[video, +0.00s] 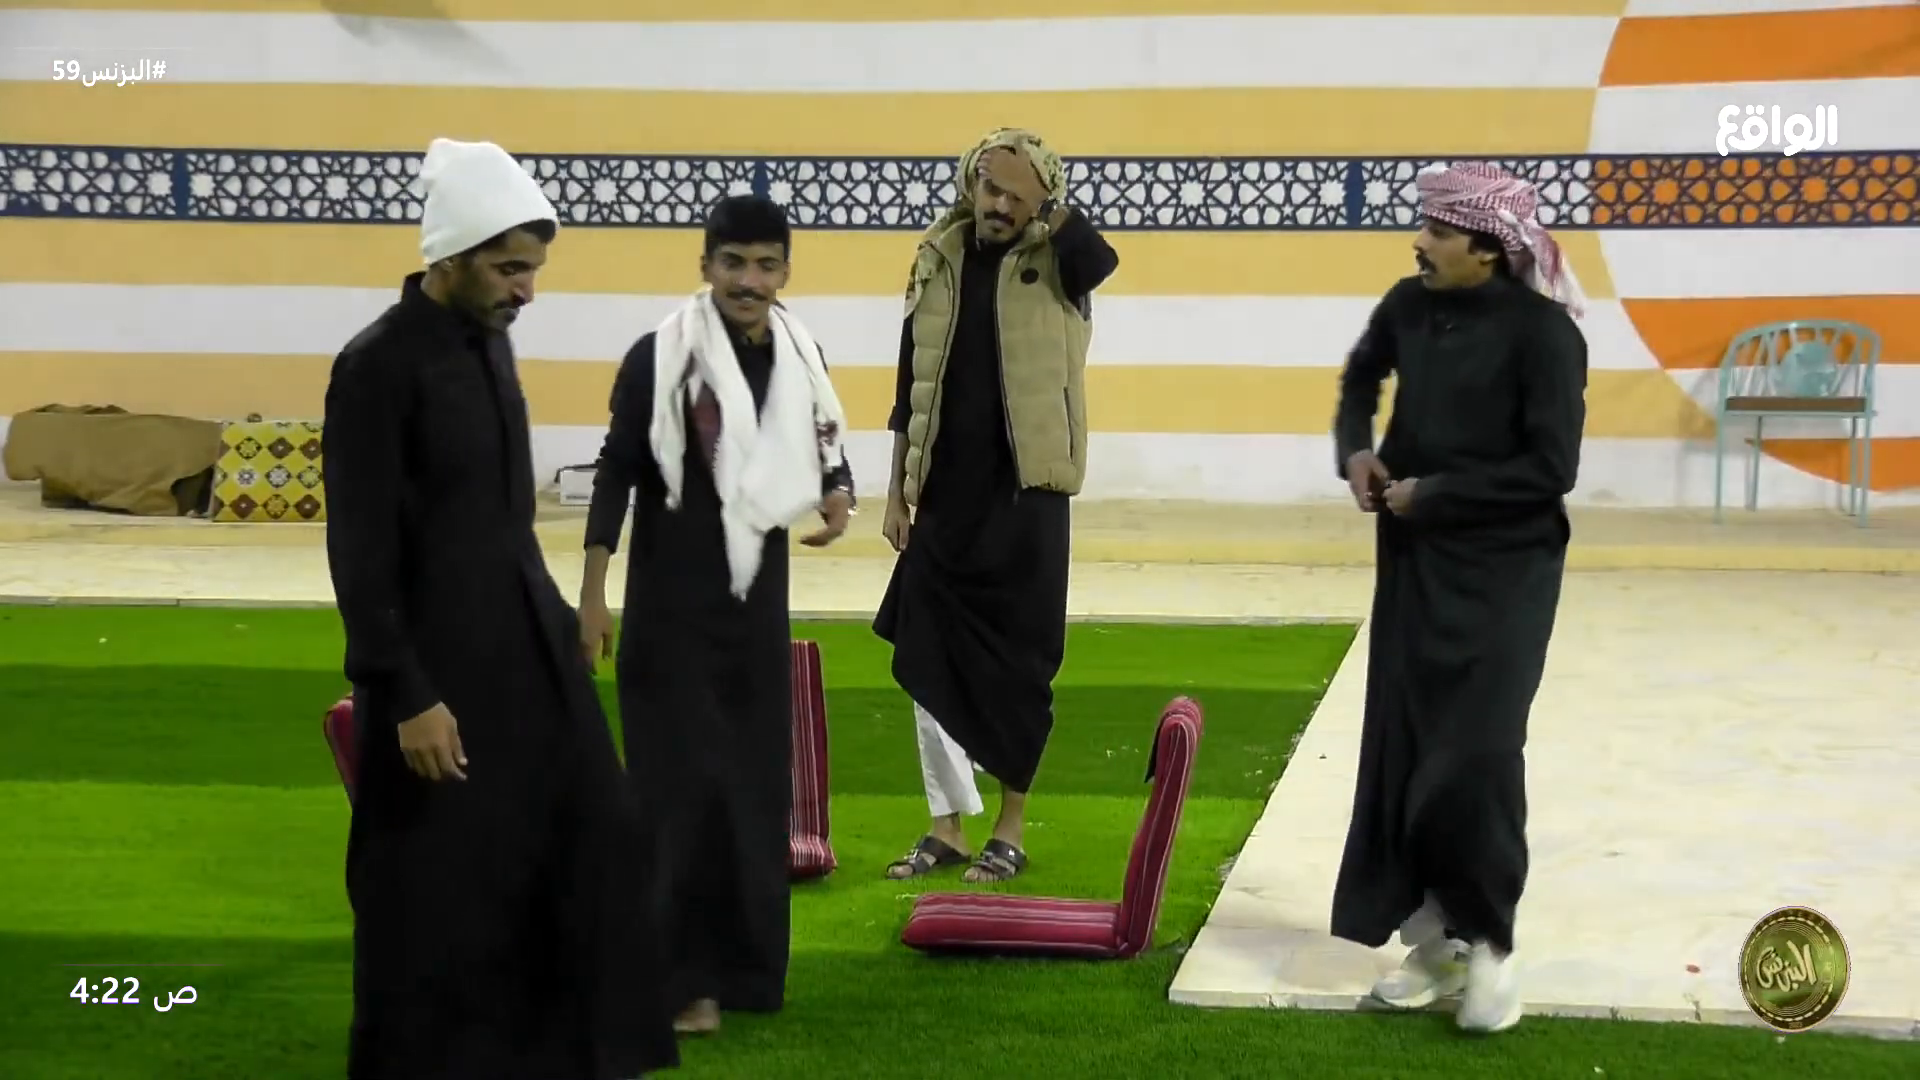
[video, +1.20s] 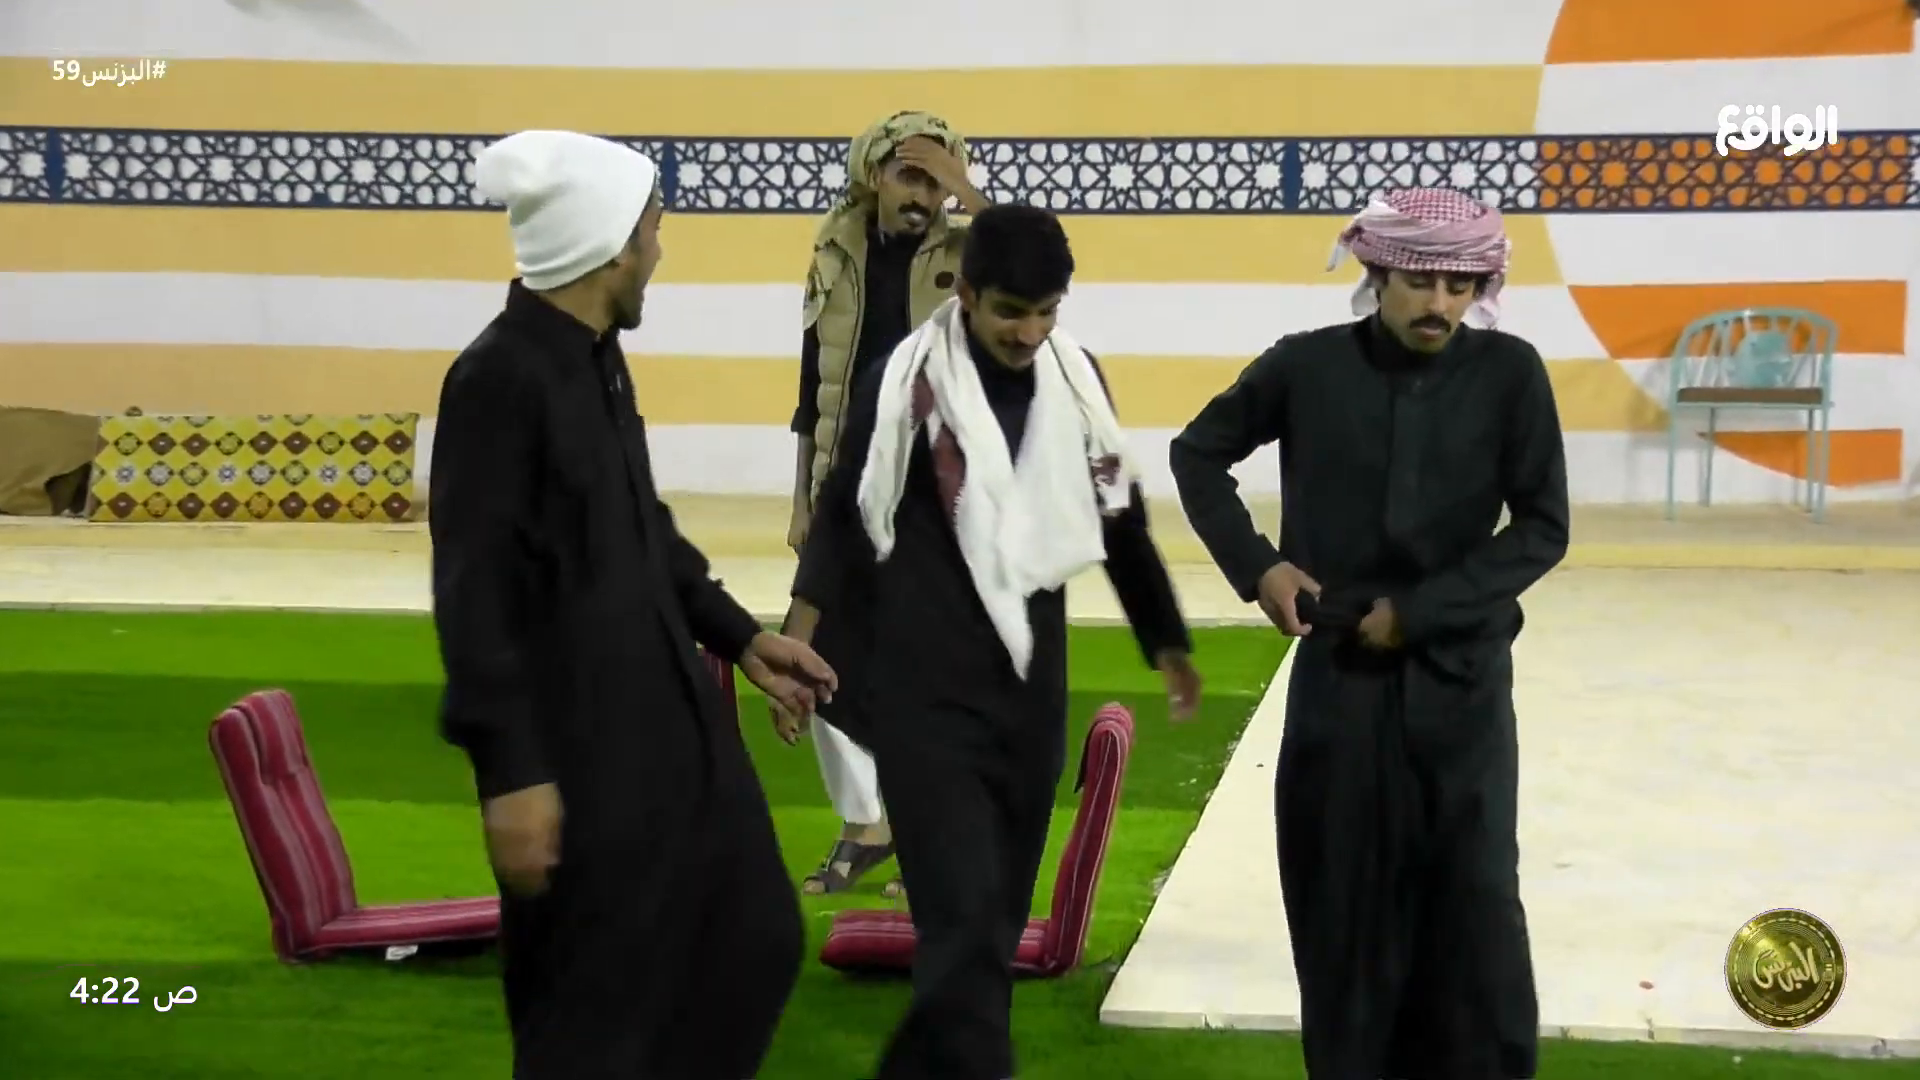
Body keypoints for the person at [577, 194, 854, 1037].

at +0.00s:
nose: (750, 279)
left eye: (767, 265)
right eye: (733, 263)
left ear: (786, 272)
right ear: (705, 266)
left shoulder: (796, 353)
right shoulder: (658, 354)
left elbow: (824, 443)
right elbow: (615, 473)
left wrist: (835, 492)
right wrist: (593, 588)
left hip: (757, 600)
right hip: (671, 602)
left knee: (753, 779)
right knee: (680, 781)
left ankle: (742, 972)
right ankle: (685, 983)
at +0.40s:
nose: (838, 327)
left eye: (848, 311)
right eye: (820, 314)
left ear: (860, 301)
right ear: (775, 302)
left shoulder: (860, 374)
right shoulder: (726, 394)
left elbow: (886, 478)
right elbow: (678, 536)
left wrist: (913, 555)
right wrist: (686, 667)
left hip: (831, 636)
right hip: (752, 641)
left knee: (816, 813)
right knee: (786, 813)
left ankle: (719, 944)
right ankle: (795, 1020)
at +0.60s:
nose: (869, 331)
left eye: (880, 314)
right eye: (851, 316)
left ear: (892, 304)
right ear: (805, 300)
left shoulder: (888, 367)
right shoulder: (750, 389)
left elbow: (905, 493)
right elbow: (726, 527)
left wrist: (907, 586)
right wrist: (760, 634)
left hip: (879, 633)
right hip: (789, 638)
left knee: (890, 814)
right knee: (783, 825)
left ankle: (849, 992)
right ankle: (775, 1020)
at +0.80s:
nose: (922, 347)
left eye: (934, 331)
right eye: (904, 330)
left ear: (943, 324)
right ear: (854, 314)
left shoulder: (942, 410)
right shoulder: (796, 406)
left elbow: (972, 548)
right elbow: (754, 538)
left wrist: (967, 666)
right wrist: (809, 628)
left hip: (922, 674)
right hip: (813, 676)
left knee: (931, 860)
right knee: (799, 851)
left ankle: (946, 1045)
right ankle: (774, 1016)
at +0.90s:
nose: (966, 343)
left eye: (979, 327)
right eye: (949, 326)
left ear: (991, 319)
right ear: (900, 308)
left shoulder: (978, 390)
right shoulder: (839, 397)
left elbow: (978, 512)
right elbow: (792, 538)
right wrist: (808, 656)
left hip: (961, 668)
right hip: (864, 670)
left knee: (963, 863)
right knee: (850, 853)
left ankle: (944, 1052)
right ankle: (794, 1009)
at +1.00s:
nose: (993, 341)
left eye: (1007, 325)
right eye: (976, 323)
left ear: (1020, 314)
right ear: (928, 301)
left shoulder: (1010, 391)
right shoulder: (860, 385)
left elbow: (1028, 529)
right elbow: (809, 519)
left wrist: (1036, 647)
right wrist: (797, 647)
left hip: (981, 676)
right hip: (878, 670)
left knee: (976, 867)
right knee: (876, 861)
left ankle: (955, 1051)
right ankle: (843, 1039)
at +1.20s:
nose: (1029, 331)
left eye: (1044, 312)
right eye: (1009, 313)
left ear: (1062, 299)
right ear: (964, 295)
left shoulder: (1072, 372)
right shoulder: (904, 372)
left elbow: (1119, 514)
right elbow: (846, 509)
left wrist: (1167, 643)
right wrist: (800, 632)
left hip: (1029, 685)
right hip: (917, 683)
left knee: (996, 924)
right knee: (966, 920)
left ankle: (912, 1068)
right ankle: (974, 1073)